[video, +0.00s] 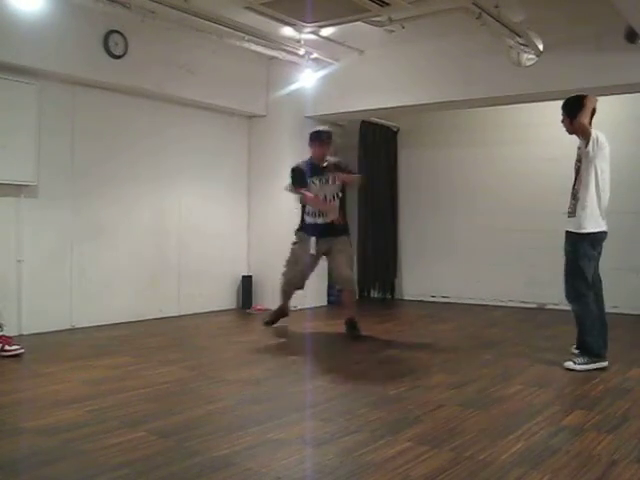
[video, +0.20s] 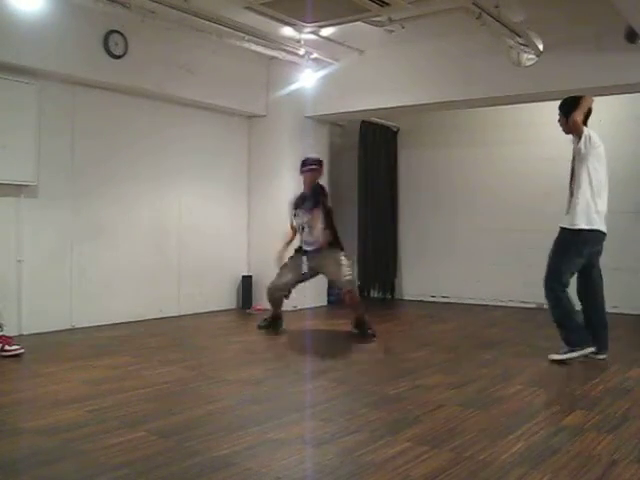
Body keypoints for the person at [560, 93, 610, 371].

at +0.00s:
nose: (564, 126)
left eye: (566, 120)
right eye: (564, 120)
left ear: (577, 118)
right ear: (576, 119)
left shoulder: (595, 143)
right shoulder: (587, 145)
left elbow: (582, 126)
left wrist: (589, 106)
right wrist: (588, 106)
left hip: (587, 229)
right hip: (582, 228)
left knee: (581, 292)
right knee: (587, 290)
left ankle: (594, 354)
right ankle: (589, 347)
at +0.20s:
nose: (561, 126)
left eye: (563, 120)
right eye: (560, 120)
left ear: (574, 118)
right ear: (574, 120)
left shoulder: (586, 142)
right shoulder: (591, 144)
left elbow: (576, 119)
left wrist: (585, 104)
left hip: (579, 227)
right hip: (592, 228)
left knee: (554, 284)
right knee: (591, 290)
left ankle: (578, 342)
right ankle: (598, 345)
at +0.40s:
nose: (552, 129)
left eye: (553, 123)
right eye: (551, 124)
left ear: (563, 120)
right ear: (568, 122)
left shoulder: (577, 143)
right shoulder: (585, 146)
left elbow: (565, 121)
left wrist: (574, 105)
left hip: (570, 226)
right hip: (588, 228)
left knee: (542, 281)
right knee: (587, 290)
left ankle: (543, 341)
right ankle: (595, 345)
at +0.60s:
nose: (542, 129)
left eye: (544, 123)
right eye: (542, 124)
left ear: (554, 122)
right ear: (565, 124)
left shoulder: (564, 146)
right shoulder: (574, 149)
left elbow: (548, 126)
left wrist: (560, 111)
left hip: (554, 227)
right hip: (572, 229)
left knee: (536, 286)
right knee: (575, 290)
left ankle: (528, 337)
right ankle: (592, 342)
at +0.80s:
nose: (533, 127)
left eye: (535, 121)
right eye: (534, 121)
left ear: (544, 123)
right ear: (557, 124)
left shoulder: (555, 147)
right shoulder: (564, 149)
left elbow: (536, 131)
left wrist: (550, 111)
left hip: (540, 226)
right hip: (557, 227)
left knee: (526, 282)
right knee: (551, 281)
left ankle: (527, 338)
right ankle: (579, 328)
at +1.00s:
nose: (529, 130)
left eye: (530, 124)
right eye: (529, 124)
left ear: (540, 122)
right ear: (542, 124)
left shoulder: (551, 148)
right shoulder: (554, 149)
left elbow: (541, 131)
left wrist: (551, 111)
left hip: (541, 227)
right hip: (550, 227)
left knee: (527, 283)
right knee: (539, 281)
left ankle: (528, 339)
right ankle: (568, 320)